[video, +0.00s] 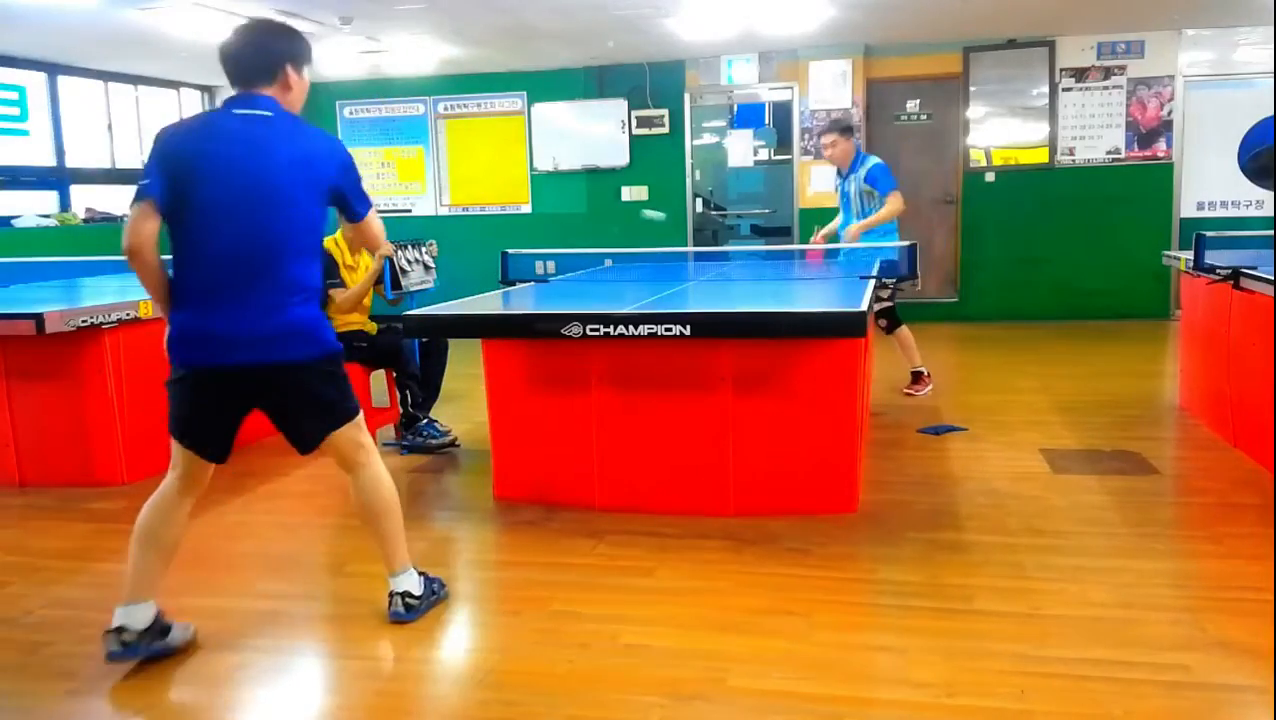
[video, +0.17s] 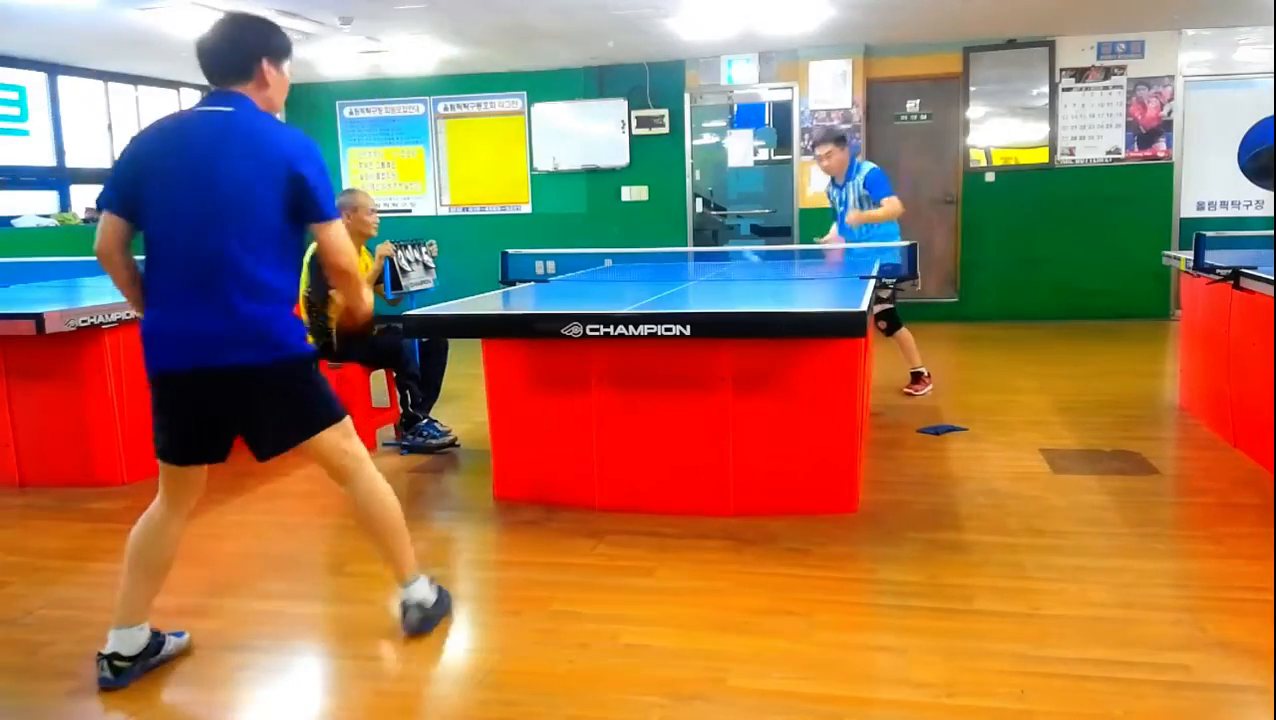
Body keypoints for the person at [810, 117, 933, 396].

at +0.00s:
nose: (827, 153)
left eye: (832, 146)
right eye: (824, 148)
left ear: (850, 142)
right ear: (825, 149)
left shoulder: (873, 167)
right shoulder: (841, 175)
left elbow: (896, 204)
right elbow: (847, 213)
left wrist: (860, 227)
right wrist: (827, 231)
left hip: (880, 259)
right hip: (851, 259)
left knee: (885, 315)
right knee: (847, 318)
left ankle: (919, 372)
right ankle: (846, 382)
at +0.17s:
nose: (823, 163)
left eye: (828, 156)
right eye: (819, 158)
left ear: (846, 151)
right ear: (817, 160)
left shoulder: (869, 173)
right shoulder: (833, 186)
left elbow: (895, 208)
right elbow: (843, 217)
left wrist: (863, 216)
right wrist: (833, 234)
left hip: (883, 261)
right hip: (854, 262)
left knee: (885, 317)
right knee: (847, 319)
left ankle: (919, 372)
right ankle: (846, 382)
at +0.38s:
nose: (835, 160)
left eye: (840, 152)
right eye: (830, 155)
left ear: (853, 148)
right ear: (826, 155)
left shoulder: (879, 161)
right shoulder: (828, 177)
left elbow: (917, 173)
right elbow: (821, 200)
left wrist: (914, 183)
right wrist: (818, 206)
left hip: (891, 249)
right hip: (855, 254)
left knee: (900, 309)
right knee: (851, 317)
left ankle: (920, 372)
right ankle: (849, 381)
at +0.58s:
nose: (831, 154)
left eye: (836, 147)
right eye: (825, 149)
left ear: (849, 143)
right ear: (820, 150)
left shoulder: (866, 158)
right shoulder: (819, 176)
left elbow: (886, 174)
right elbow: (830, 216)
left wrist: (909, 194)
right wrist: (840, 202)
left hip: (878, 248)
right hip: (841, 254)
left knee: (894, 306)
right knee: (842, 313)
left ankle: (916, 369)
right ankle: (843, 377)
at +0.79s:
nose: (808, 159)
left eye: (813, 152)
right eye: (803, 154)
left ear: (828, 149)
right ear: (798, 154)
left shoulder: (847, 166)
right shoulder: (795, 179)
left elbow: (890, 171)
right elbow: (783, 215)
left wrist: (901, 185)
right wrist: (790, 223)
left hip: (854, 254)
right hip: (816, 259)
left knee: (875, 306)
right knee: (817, 314)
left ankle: (890, 363)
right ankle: (821, 369)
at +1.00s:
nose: (797, 158)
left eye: (802, 151)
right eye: (792, 152)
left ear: (818, 148)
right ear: (789, 154)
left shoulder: (839, 171)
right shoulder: (794, 181)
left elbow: (864, 200)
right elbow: (795, 213)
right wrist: (789, 233)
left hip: (846, 257)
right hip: (813, 258)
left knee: (864, 309)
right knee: (814, 311)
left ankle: (885, 360)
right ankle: (818, 365)